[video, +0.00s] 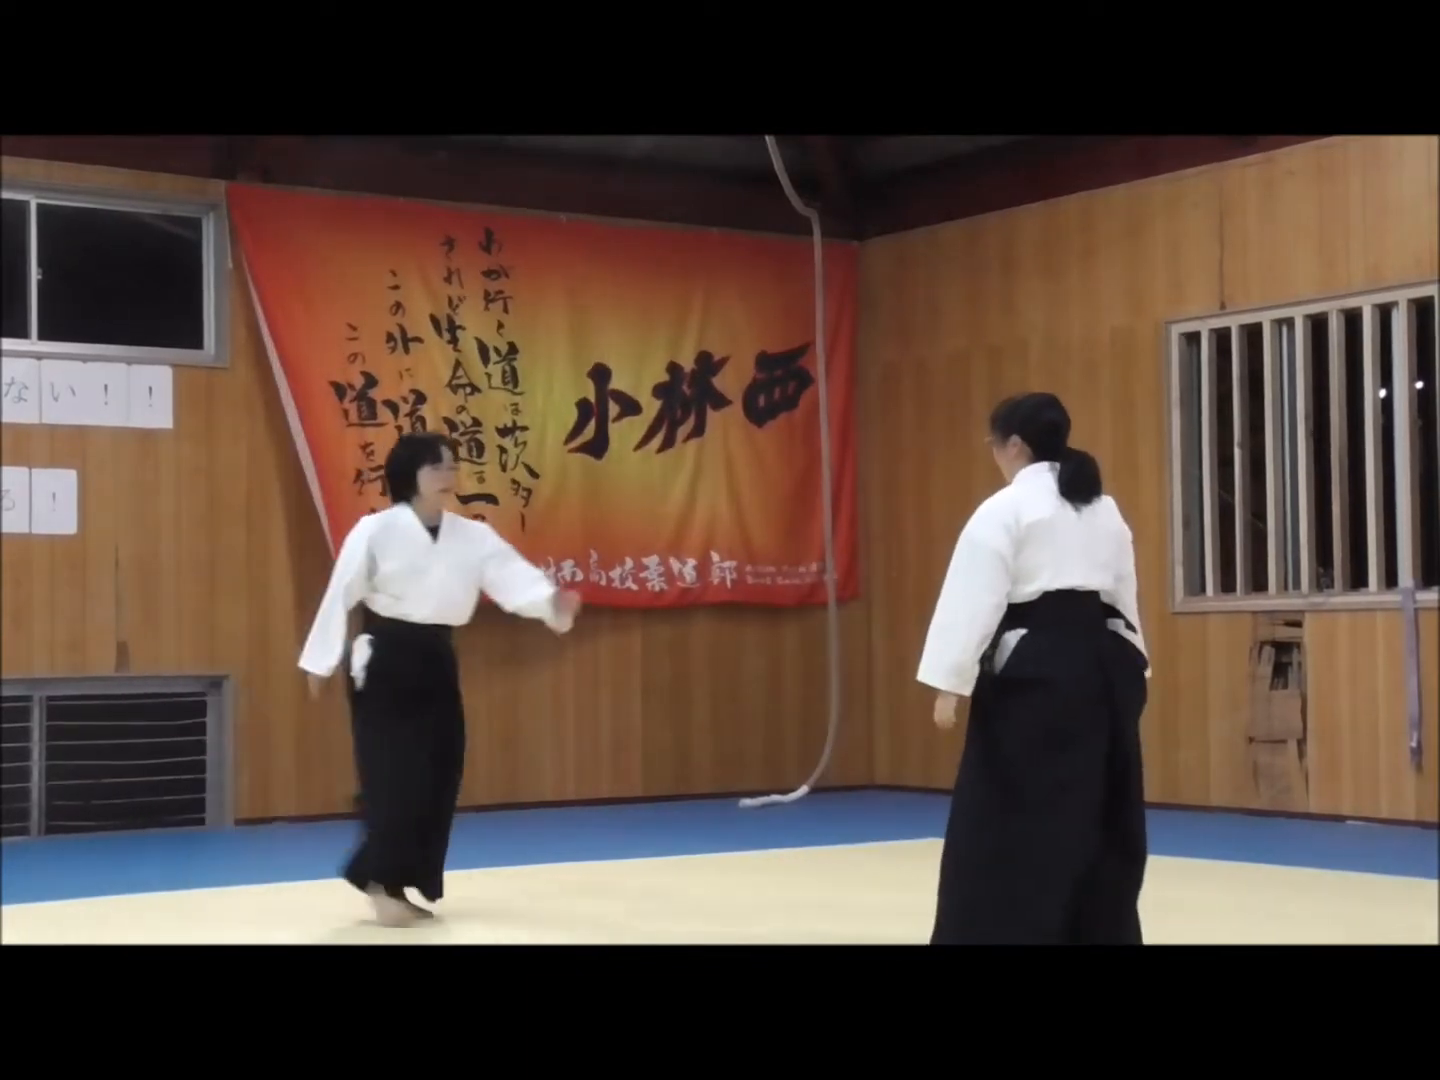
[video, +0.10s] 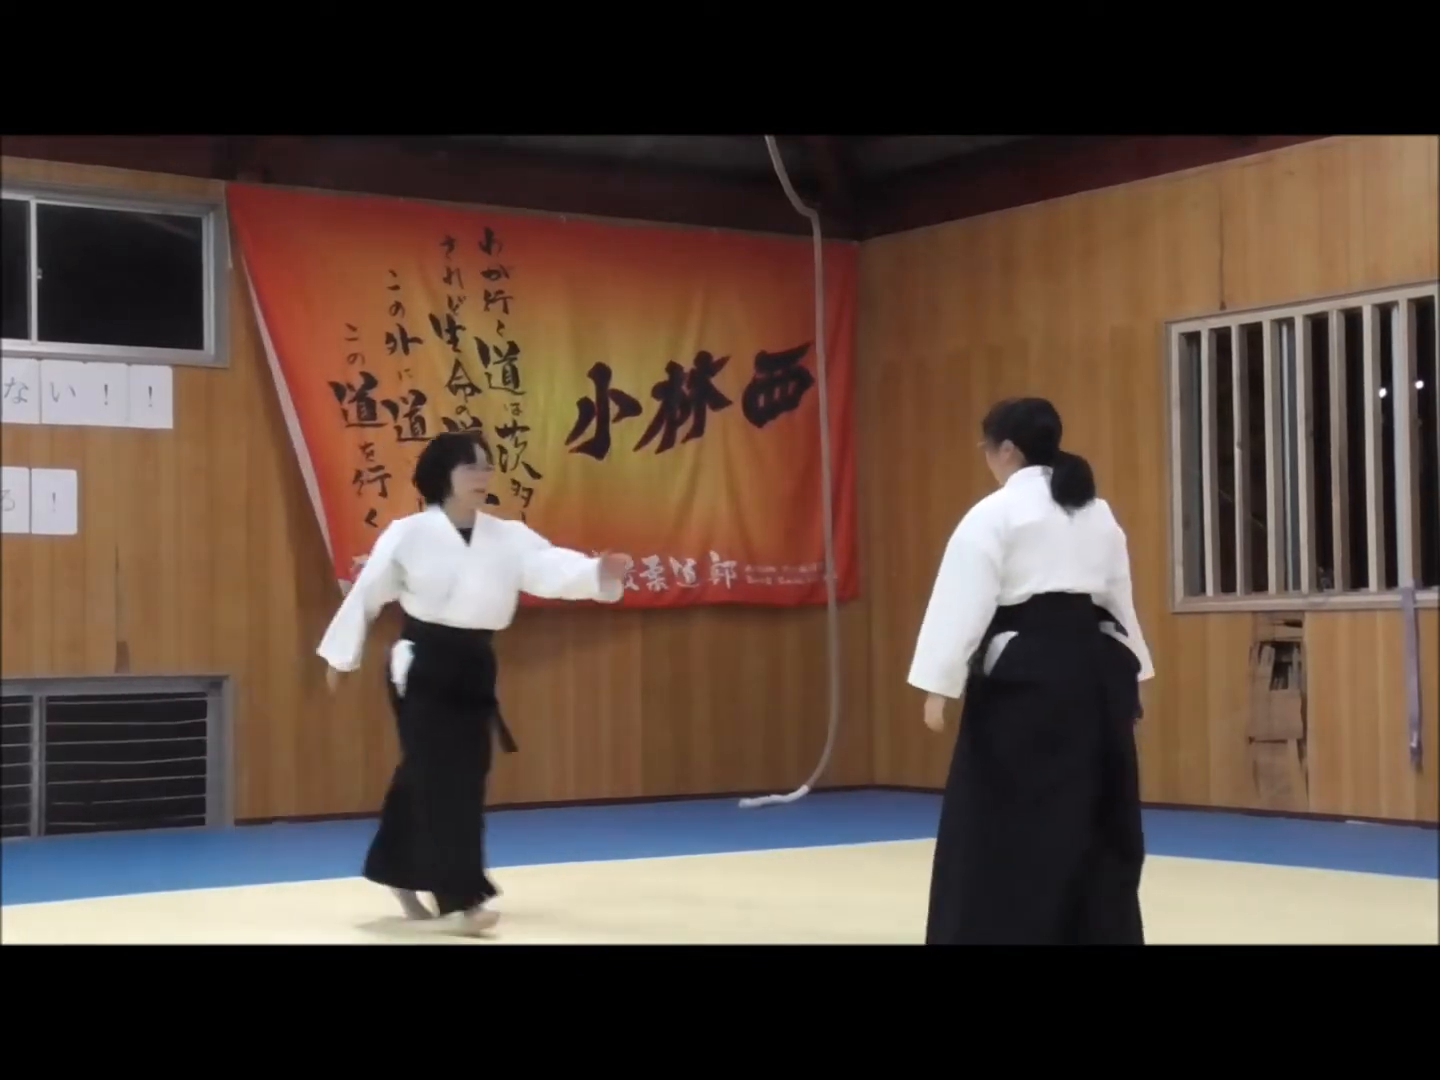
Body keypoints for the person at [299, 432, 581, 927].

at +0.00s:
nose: (449, 473)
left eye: (450, 465)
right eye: (437, 466)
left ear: (451, 474)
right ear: (411, 476)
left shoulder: (472, 535)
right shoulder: (375, 532)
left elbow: (510, 573)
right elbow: (339, 596)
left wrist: (550, 602)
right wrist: (321, 655)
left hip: (437, 657)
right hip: (386, 656)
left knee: (438, 768)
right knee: (396, 767)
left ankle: (396, 881)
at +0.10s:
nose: (484, 474)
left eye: (487, 466)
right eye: (472, 466)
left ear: (489, 475)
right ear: (444, 476)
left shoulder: (505, 535)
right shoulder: (408, 534)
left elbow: (546, 566)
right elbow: (365, 593)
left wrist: (596, 571)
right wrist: (340, 649)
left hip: (476, 661)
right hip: (424, 660)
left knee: (448, 771)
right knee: (448, 772)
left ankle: (398, 868)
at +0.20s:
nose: (524, 475)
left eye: (524, 466)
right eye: (509, 467)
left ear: (525, 476)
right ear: (481, 479)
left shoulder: (543, 537)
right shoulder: (443, 539)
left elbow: (587, 562)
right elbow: (400, 609)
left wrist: (638, 559)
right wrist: (370, 679)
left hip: (517, 666)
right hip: (462, 666)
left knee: (507, 779)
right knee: (482, 778)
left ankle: (439, 862)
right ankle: (494, 908)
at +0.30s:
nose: (564, 472)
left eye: (564, 462)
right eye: (551, 463)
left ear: (564, 471)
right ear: (523, 474)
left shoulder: (586, 534)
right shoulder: (490, 535)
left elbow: (630, 562)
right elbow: (454, 608)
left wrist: (685, 556)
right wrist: (445, 683)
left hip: (561, 669)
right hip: (504, 669)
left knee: (585, 775)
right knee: (509, 788)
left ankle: (548, 895)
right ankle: (501, 912)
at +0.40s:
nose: (615, 468)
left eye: (616, 457)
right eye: (603, 458)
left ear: (617, 465)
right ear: (574, 467)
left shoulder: (636, 530)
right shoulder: (541, 526)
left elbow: (680, 563)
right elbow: (523, 593)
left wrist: (740, 560)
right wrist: (549, 651)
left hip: (607, 667)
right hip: (547, 663)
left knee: (641, 770)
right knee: (532, 785)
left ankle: (648, 908)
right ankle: (495, 909)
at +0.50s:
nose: (669, 476)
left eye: (669, 465)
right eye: (658, 465)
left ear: (669, 472)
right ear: (626, 474)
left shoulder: (688, 539)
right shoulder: (592, 532)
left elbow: (738, 584)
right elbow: (572, 598)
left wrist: (799, 576)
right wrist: (604, 650)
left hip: (663, 675)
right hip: (605, 675)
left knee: (687, 788)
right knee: (609, 795)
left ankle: (658, 923)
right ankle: (553, 875)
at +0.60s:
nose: (730, 483)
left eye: (729, 471)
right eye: (720, 472)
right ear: (690, 478)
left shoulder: (736, 548)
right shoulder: (645, 535)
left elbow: (787, 616)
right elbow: (599, 604)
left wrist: (838, 589)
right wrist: (596, 678)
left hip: (711, 685)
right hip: (654, 684)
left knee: (740, 801)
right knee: (700, 799)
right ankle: (674, 919)